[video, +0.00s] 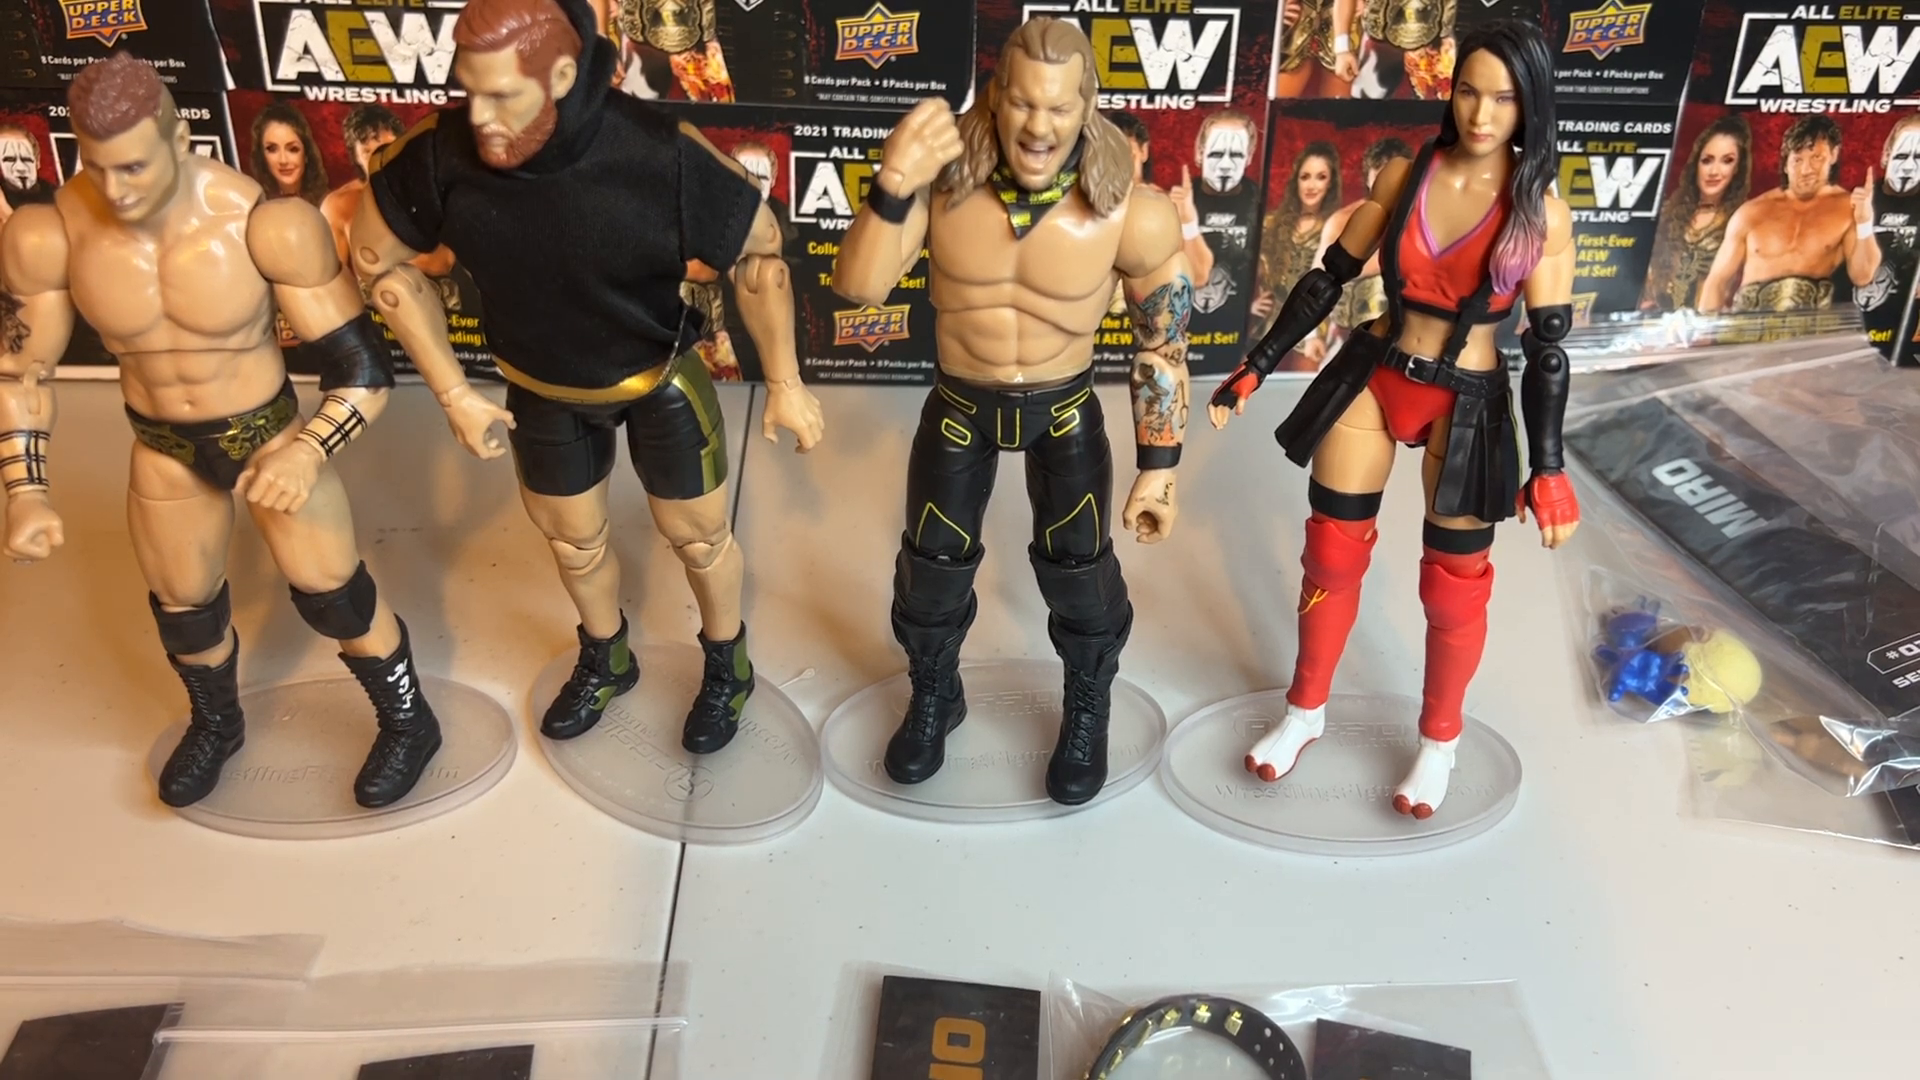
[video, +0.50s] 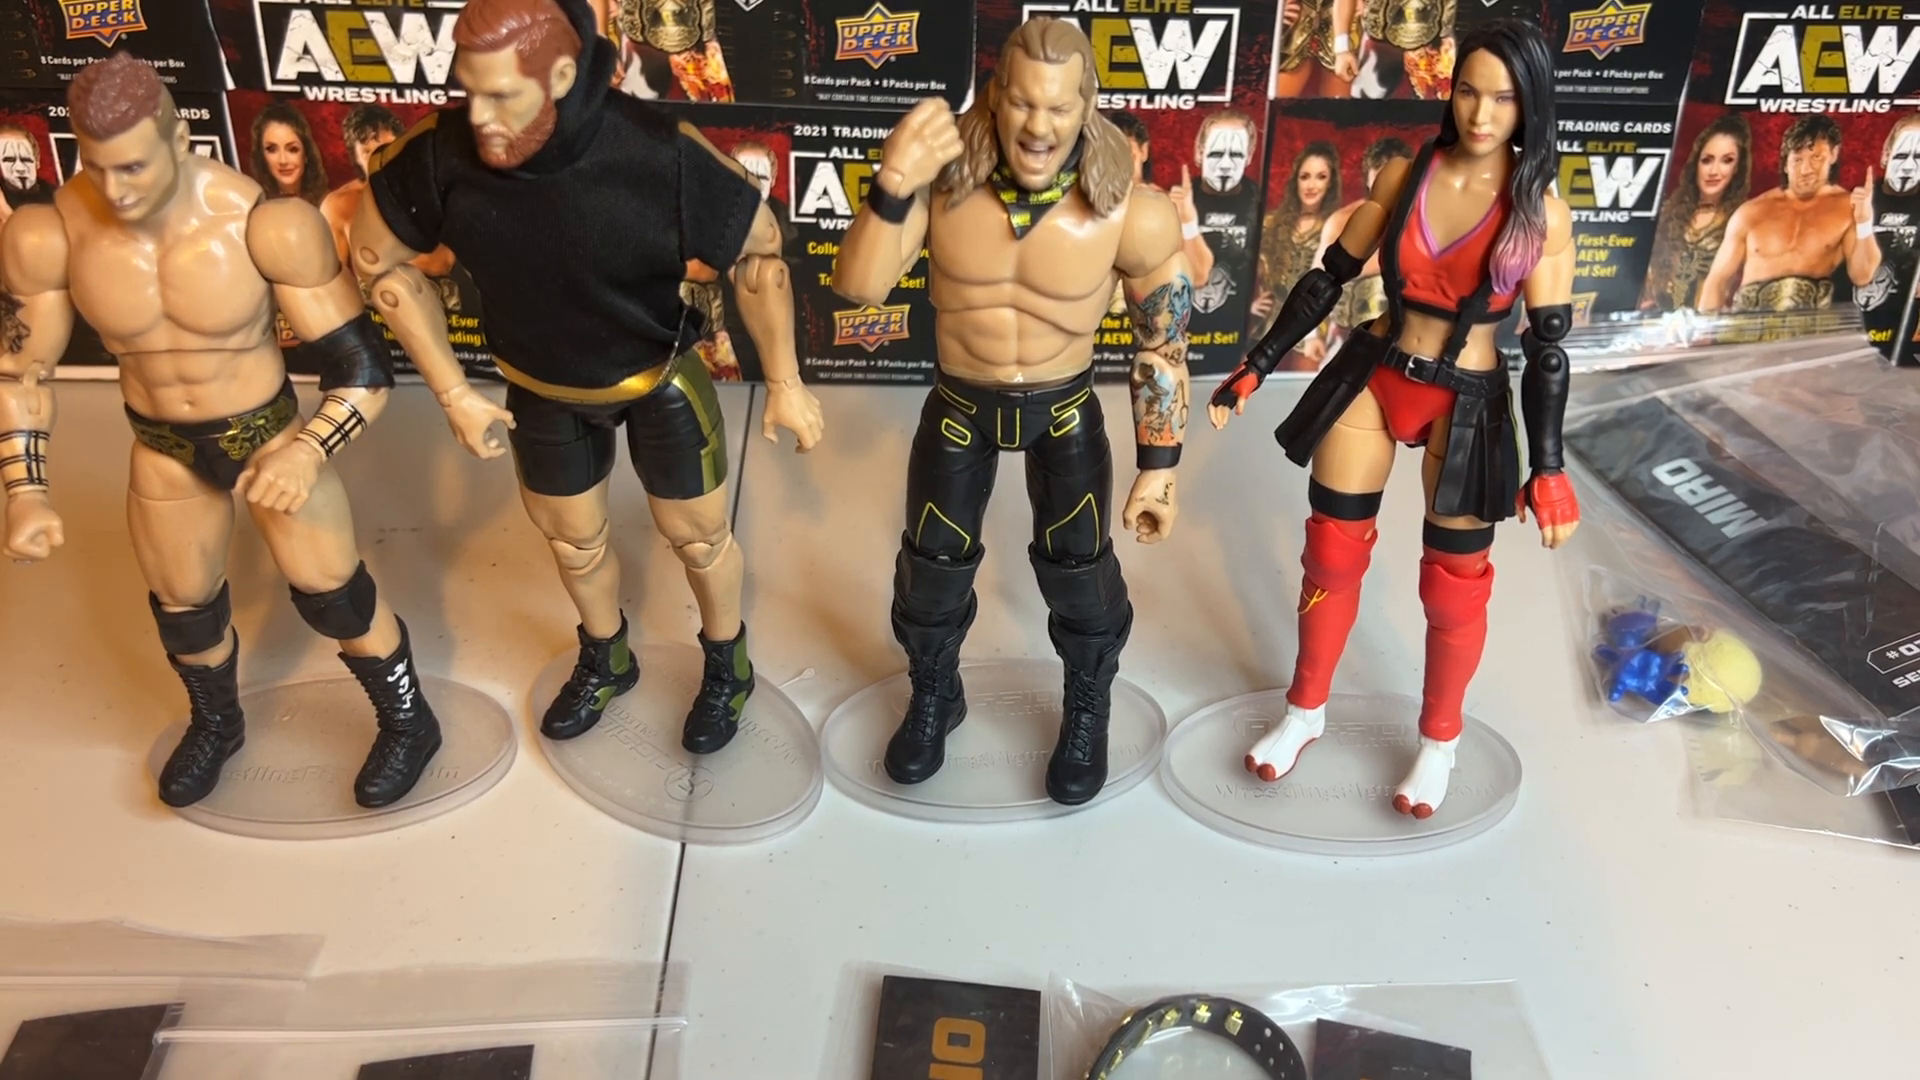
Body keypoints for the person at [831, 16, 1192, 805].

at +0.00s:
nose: (1039, 126)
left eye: (1059, 109)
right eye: (1024, 104)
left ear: (1086, 106)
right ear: (994, 95)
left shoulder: (1129, 207)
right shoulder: (943, 176)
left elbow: (1162, 337)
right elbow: (857, 286)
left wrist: (1161, 463)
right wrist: (892, 189)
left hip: (1064, 408)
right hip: (958, 403)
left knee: (1077, 568)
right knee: (932, 562)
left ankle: (1086, 712)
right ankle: (932, 699)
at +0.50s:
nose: (1039, 126)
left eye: (1059, 109)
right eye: (1023, 104)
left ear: (1086, 106)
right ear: (994, 94)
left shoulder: (1129, 207)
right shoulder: (943, 176)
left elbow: (1163, 337)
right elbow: (857, 286)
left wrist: (1161, 463)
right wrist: (892, 189)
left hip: (1064, 408)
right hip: (958, 403)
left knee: (1077, 569)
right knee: (932, 562)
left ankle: (1086, 711)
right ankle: (932, 698)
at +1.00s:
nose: (1039, 126)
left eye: (1060, 109)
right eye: (1024, 104)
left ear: (1086, 106)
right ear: (995, 95)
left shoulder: (1129, 208)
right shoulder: (943, 176)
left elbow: (1162, 337)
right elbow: (858, 287)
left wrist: (1161, 463)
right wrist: (892, 189)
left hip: (1064, 408)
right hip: (958, 403)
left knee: (1078, 568)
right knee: (933, 562)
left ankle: (1086, 712)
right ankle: (932, 698)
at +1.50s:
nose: (1039, 127)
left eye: (1060, 109)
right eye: (1024, 104)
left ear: (1086, 106)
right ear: (995, 95)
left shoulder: (1130, 208)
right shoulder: (944, 176)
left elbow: (1162, 337)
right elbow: (858, 287)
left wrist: (1161, 464)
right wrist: (891, 189)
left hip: (1064, 408)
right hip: (958, 403)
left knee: (1078, 569)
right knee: (933, 562)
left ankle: (1086, 712)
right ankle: (932, 699)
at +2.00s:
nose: (1040, 127)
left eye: (1060, 109)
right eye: (1024, 104)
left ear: (1086, 107)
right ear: (995, 95)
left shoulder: (1129, 207)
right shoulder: (943, 176)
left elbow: (1163, 337)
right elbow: (857, 287)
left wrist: (1161, 463)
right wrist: (892, 190)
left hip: (1064, 408)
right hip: (959, 403)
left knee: (1078, 568)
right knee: (932, 562)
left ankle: (1086, 714)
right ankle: (932, 699)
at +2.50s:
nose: (1039, 127)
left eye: (1059, 109)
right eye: (1024, 104)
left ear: (1086, 106)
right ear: (995, 95)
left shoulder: (1129, 207)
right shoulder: (943, 175)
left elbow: (1162, 337)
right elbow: (858, 286)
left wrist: (1161, 464)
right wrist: (892, 188)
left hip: (1064, 408)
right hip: (958, 403)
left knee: (1078, 568)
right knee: (932, 562)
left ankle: (1086, 712)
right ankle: (932, 698)